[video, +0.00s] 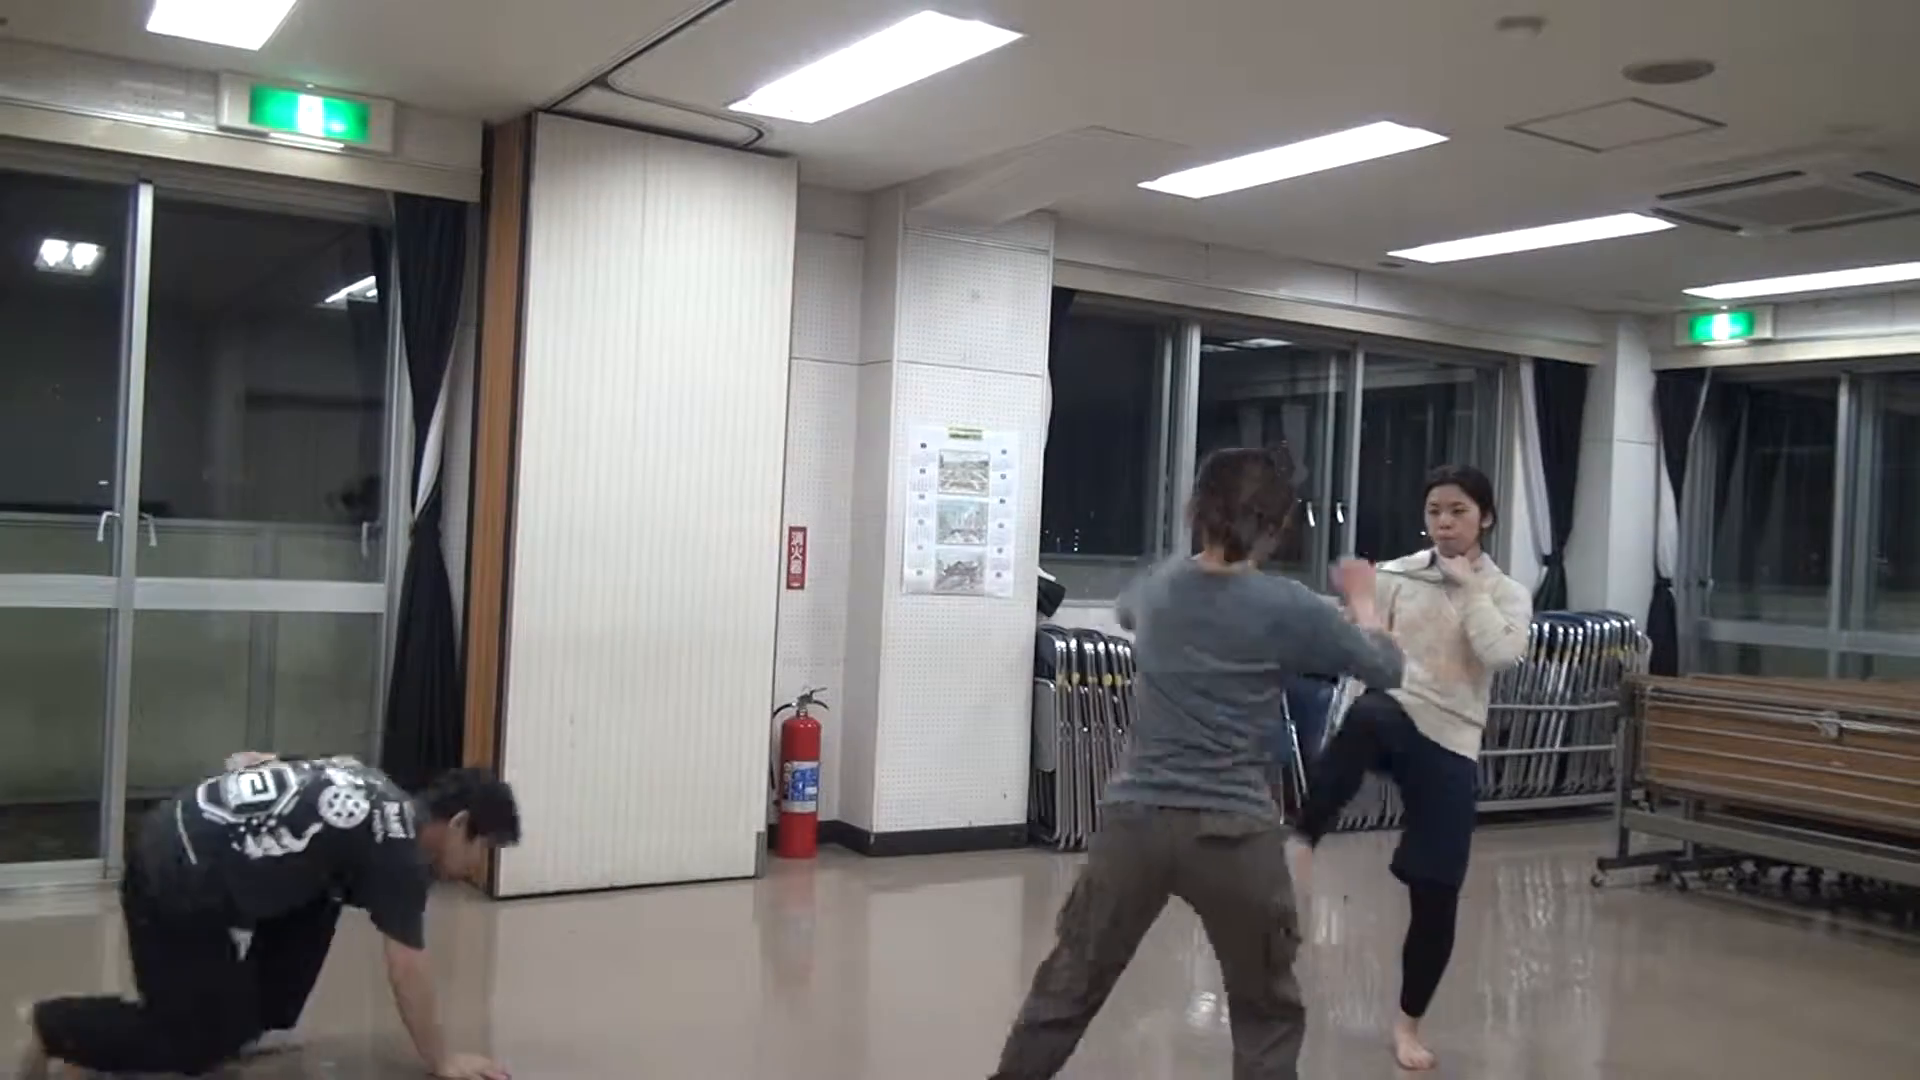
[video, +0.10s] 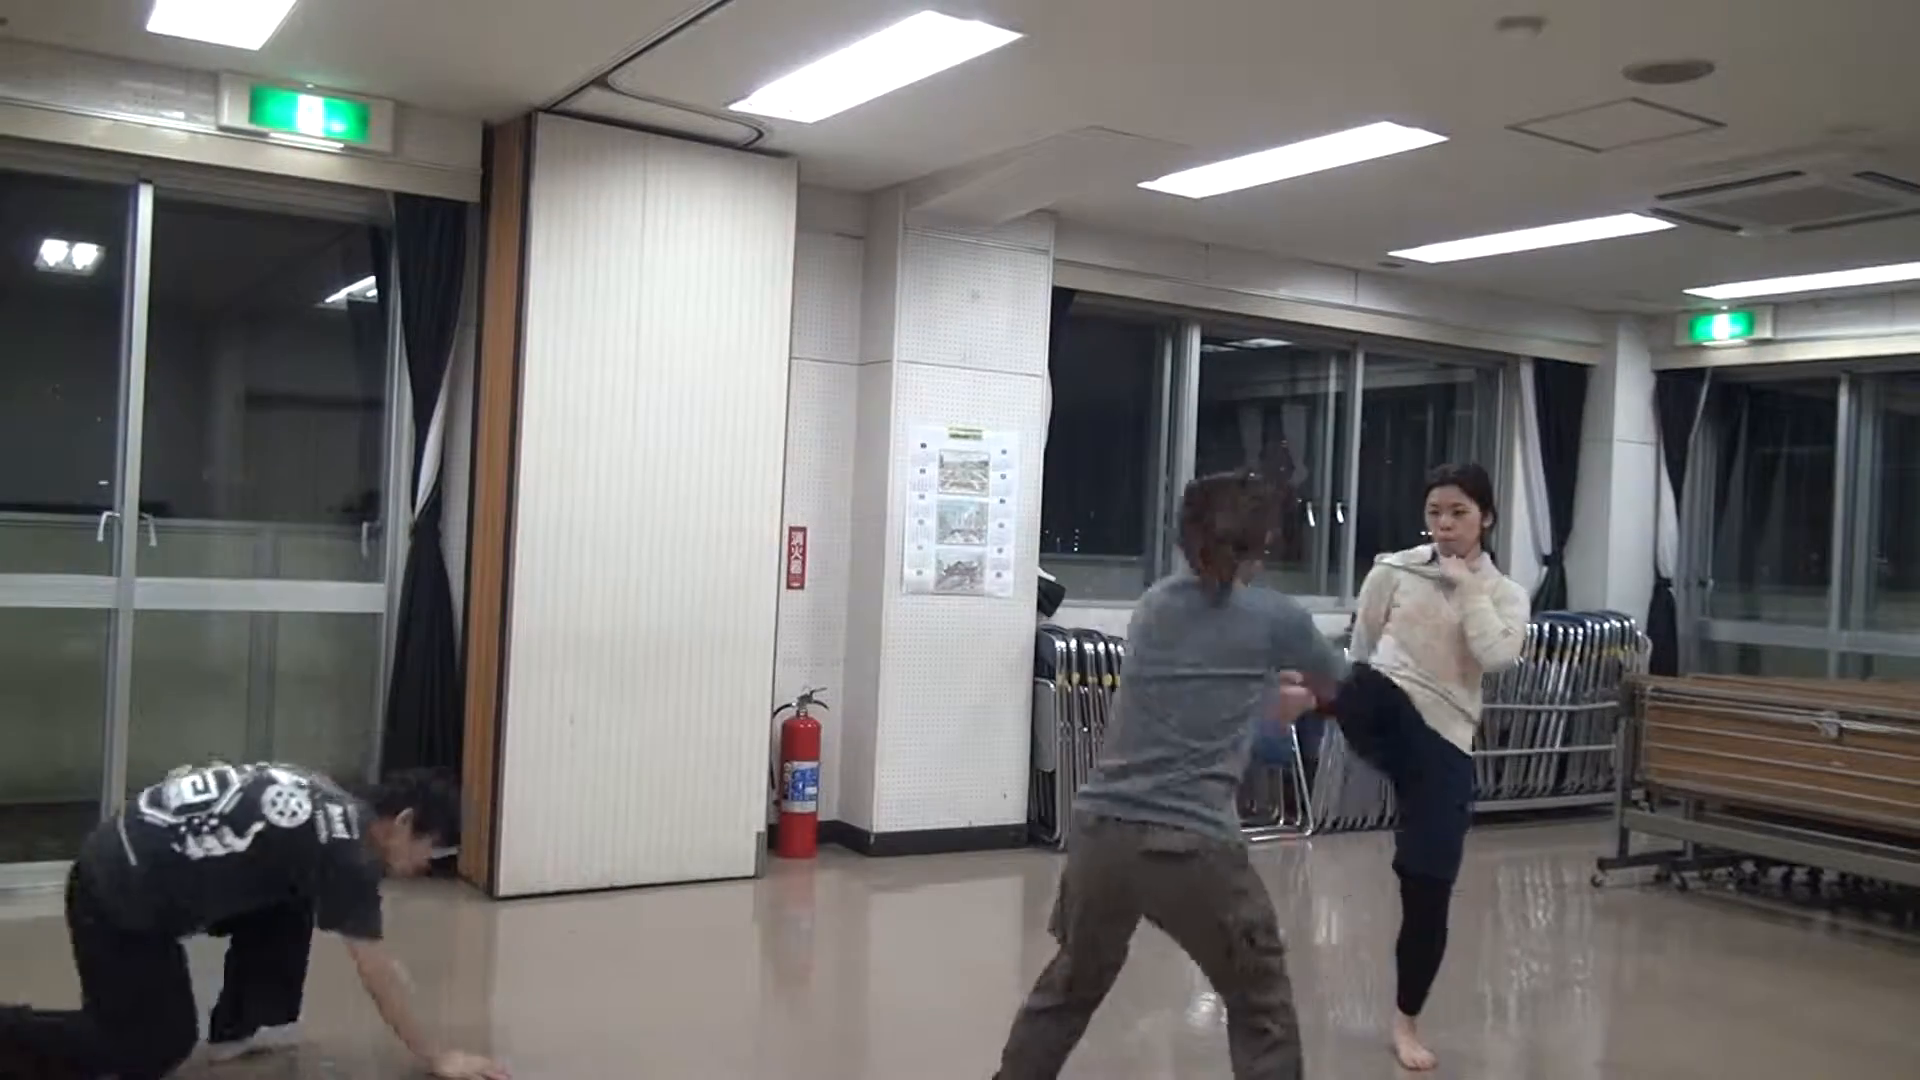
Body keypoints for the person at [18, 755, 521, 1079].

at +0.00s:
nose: (477, 869)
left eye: (487, 857)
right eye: (482, 851)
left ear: (445, 807)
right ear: (456, 822)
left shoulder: (366, 780)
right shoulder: (399, 854)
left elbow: (253, 767)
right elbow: (407, 972)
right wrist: (441, 1061)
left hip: (178, 824)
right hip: (173, 876)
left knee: (313, 898)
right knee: (205, 1036)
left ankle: (260, 1030)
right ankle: (53, 1026)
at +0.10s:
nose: (422, 869)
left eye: (433, 859)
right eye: (429, 854)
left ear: (392, 808)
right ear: (399, 823)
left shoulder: (319, 795)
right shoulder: (345, 851)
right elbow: (373, 966)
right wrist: (433, 1055)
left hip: (132, 856)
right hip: (119, 896)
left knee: (284, 900)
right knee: (155, 1045)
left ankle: (242, 1030)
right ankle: (8, 1030)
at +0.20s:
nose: (390, 837)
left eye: (398, 824)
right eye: (395, 820)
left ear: (350, 786)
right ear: (364, 798)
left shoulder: (254, 772)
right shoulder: (308, 845)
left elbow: (154, 786)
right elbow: (331, 961)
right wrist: (387, 1052)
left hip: (73, 866)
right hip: (88, 910)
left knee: (256, 909)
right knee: (133, 1057)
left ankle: (230, 1033)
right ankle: (5, 1034)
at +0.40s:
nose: (346, 761)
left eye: (349, 746)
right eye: (341, 743)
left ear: (294, 730)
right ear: (299, 732)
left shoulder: (221, 752)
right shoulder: (248, 795)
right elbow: (219, 921)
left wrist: (222, 1024)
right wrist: (216, 1044)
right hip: (64, 917)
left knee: (234, 894)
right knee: (132, 1060)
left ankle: (226, 1025)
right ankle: (6, 1030)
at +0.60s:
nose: (300, 660)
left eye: (300, 646)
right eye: (291, 645)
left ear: (245, 648)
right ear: (244, 648)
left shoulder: (170, 689)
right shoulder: (208, 715)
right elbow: (154, 789)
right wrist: (145, 914)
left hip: (44, 869)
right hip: (76, 882)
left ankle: (225, 1030)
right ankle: (223, 1028)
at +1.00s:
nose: (216, 503)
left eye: (215, 489)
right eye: (202, 489)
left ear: (145, 499)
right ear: (151, 496)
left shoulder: (88, 549)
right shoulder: (134, 575)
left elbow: (51, 642)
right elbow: (185, 666)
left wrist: (103, 706)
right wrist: (286, 690)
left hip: (29, 764)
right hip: (39, 782)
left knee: (140, 852)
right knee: (38, 956)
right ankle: (3, 1051)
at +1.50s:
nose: (355, 539)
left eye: (355, 526)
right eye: (341, 527)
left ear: (301, 539)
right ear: (295, 537)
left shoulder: (290, 610)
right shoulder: (266, 611)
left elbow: (273, 684)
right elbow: (173, 667)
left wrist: (348, 708)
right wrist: (178, 779)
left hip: (180, 798)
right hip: (209, 797)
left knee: (107, 925)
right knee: (349, 872)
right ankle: (353, 1032)